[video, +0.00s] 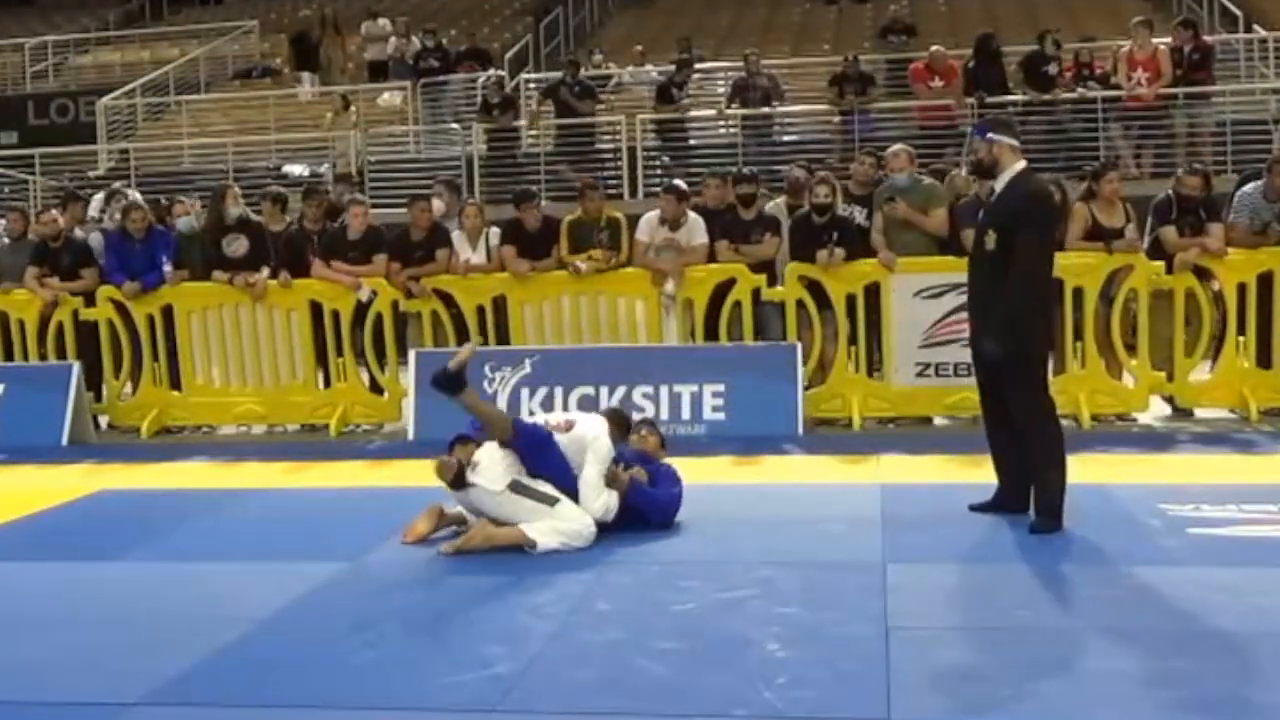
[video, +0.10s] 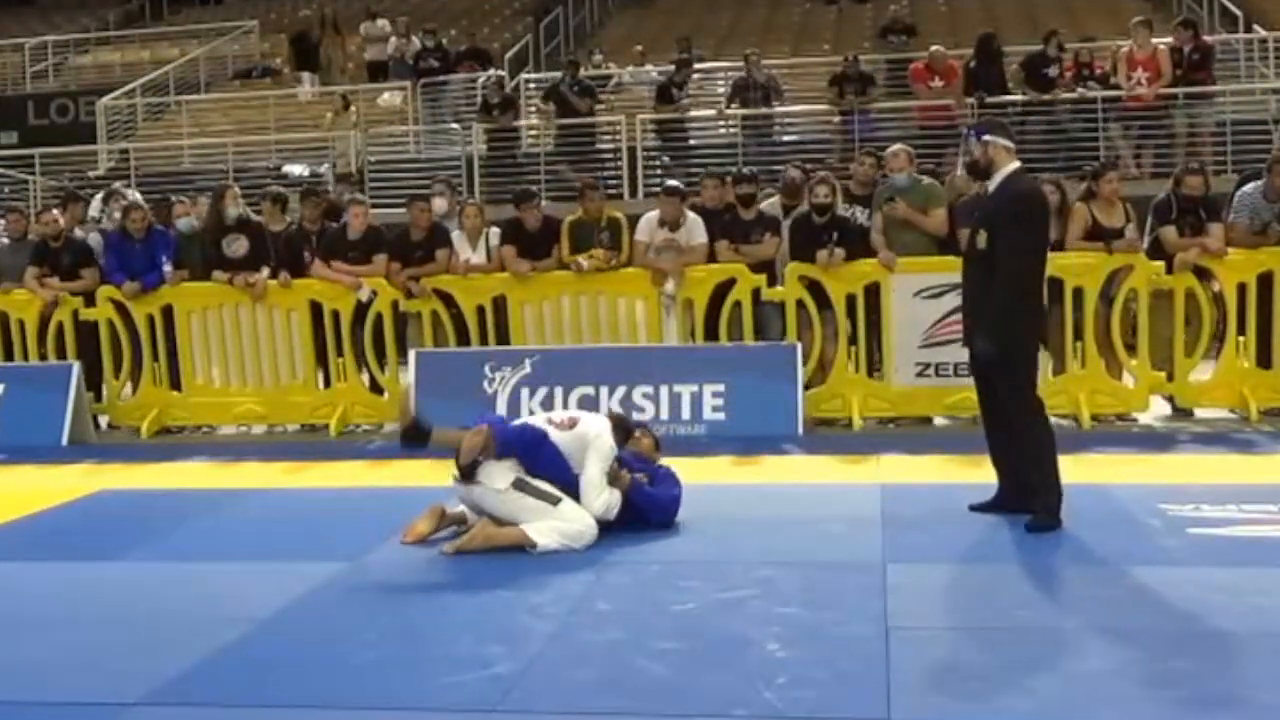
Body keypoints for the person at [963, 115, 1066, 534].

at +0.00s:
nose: (976, 158)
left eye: (979, 150)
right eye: (975, 151)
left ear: (999, 147)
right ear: (998, 149)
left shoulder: (1033, 195)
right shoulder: (1001, 195)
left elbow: (1029, 276)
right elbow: (992, 270)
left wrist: (1010, 330)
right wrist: (981, 325)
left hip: (1019, 327)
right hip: (991, 325)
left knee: (1032, 412)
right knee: (1000, 411)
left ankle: (1049, 507)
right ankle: (1011, 492)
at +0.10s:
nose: (973, 160)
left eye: (975, 152)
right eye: (972, 153)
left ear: (994, 149)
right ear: (995, 149)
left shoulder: (1022, 196)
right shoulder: (997, 195)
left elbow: (1016, 275)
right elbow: (990, 270)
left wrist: (996, 330)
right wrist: (976, 326)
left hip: (1011, 326)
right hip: (987, 325)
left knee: (1022, 412)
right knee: (997, 412)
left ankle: (1046, 504)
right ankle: (1012, 490)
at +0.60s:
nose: (943, 161)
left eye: (945, 153)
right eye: (943, 154)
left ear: (960, 152)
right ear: (981, 153)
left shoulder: (967, 197)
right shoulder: (1013, 197)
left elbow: (958, 269)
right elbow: (1020, 257)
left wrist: (937, 325)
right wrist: (1001, 303)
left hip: (962, 322)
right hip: (1004, 321)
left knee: (939, 405)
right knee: (1006, 405)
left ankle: (929, 488)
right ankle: (1014, 493)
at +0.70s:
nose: (932, 162)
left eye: (935, 154)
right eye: (932, 155)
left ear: (951, 154)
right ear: (972, 155)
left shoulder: (955, 198)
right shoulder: (1006, 199)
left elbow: (947, 270)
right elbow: (1012, 269)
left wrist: (928, 327)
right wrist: (996, 309)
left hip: (957, 321)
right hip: (999, 321)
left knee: (937, 407)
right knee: (1004, 407)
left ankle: (914, 480)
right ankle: (1012, 493)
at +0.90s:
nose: (905, 167)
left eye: (908, 159)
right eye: (906, 159)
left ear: (923, 158)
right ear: (945, 158)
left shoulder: (924, 203)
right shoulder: (985, 200)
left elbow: (917, 274)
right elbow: (994, 267)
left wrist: (904, 330)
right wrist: (987, 307)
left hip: (935, 321)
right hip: (981, 319)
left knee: (931, 408)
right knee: (991, 401)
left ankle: (924, 483)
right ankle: (1008, 490)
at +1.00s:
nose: (893, 168)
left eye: (895, 161)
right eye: (893, 162)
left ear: (907, 158)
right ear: (933, 157)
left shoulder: (912, 204)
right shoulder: (972, 196)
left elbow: (905, 273)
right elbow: (981, 262)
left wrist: (890, 328)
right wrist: (973, 305)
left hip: (924, 320)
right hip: (970, 317)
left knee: (924, 408)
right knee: (976, 396)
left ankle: (922, 484)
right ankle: (1002, 481)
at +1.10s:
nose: (879, 170)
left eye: (881, 163)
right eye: (879, 163)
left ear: (895, 159)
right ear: (916, 157)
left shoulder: (898, 205)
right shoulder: (956, 195)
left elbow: (891, 270)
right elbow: (970, 257)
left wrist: (881, 310)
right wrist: (960, 300)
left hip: (914, 318)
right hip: (957, 314)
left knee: (914, 400)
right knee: (949, 392)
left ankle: (921, 483)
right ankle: (988, 468)